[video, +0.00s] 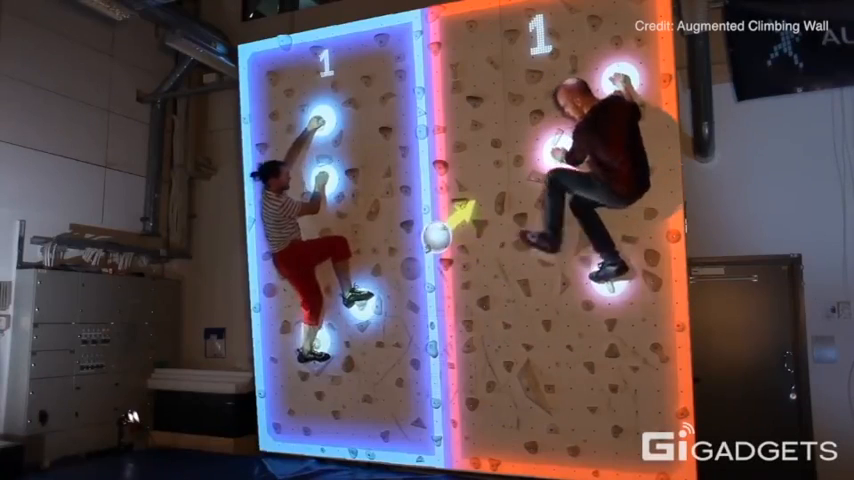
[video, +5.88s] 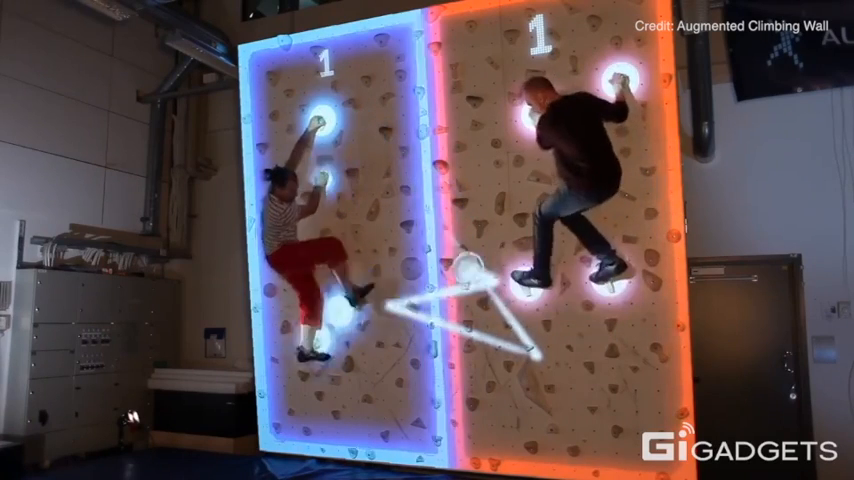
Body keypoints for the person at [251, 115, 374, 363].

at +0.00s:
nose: (288, 178)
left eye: (287, 174)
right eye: (284, 176)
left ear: (272, 180)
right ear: (273, 180)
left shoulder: (269, 194)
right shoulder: (280, 203)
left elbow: (291, 158)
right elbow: (314, 208)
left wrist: (309, 131)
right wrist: (321, 187)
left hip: (284, 258)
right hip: (294, 254)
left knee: (313, 300)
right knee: (337, 244)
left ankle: (307, 350)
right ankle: (348, 292)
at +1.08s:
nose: (281, 181)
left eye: (280, 177)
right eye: (277, 178)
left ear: (264, 184)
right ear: (266, 184)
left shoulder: (261, 198)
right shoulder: (275, 204)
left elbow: (284, 172)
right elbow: (309, 208)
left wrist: (309, 172)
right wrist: (318, 184)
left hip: (285, 259)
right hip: (294, 253)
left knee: (314, 300)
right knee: (339, 243)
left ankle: (306, 350)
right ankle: (348, 293)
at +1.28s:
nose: (288, 177)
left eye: (285, 174)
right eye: (283, 176)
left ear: (272, 182)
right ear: (272, 183)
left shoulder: (273, 193)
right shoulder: (279, 204)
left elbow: (307, 168)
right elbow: (311, 208)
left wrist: (338, 168)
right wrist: (319, 184)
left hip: (285, 253)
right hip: (292, 251)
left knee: (308, 299)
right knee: (338, 244)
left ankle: (306, 351)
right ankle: (348, 293)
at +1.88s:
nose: (306, 164)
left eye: (304, 162)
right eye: (302, 164)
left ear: (290, 171)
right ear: (294, 171)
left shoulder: (290, 183)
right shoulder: (293, 193)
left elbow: (318, 152)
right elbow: (322, 209)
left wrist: (342, 127)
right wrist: (321, 185)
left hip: (290, 246)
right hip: (300, 243)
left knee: (303, 296)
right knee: (345, 242)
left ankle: (305, 350)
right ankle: (348, 292)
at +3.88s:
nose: (283, 187)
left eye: (283, 183)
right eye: (279, 185)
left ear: (279, 181)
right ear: (269, 186)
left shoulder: (268, 195)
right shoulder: (279, 204)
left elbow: (290, 158)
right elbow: (311, 207)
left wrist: (308, 130)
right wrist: (320, 186)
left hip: (282, 254)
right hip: (291, 251)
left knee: (305, 300)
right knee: (333, 246)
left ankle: (305, 351)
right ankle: (346, 294)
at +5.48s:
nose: (302, 192)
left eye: (302, 189)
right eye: (298, 189)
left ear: (293, 186)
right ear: (287, 191)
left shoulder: (283, 195)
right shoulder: (290, 210)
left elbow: (298, 159)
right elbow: (315, 208)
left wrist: (310, 131)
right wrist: (321, 189)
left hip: (282, 256)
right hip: (285, 256)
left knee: (308, 302)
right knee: (329, 281)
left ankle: (306, 350)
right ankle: (354, 325)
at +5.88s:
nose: (296, 188)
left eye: (295, 185)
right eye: (293, 185)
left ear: (279, 187)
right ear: (281, 188)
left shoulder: (275, 198)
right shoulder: (283, 209)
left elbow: (293, 162)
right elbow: (311, 209)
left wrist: (310, 132)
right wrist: (320, 188)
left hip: (280, 256)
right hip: (286, 253)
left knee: (311, 296)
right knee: (332, 246)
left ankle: (306, 349)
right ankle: (352, 293)